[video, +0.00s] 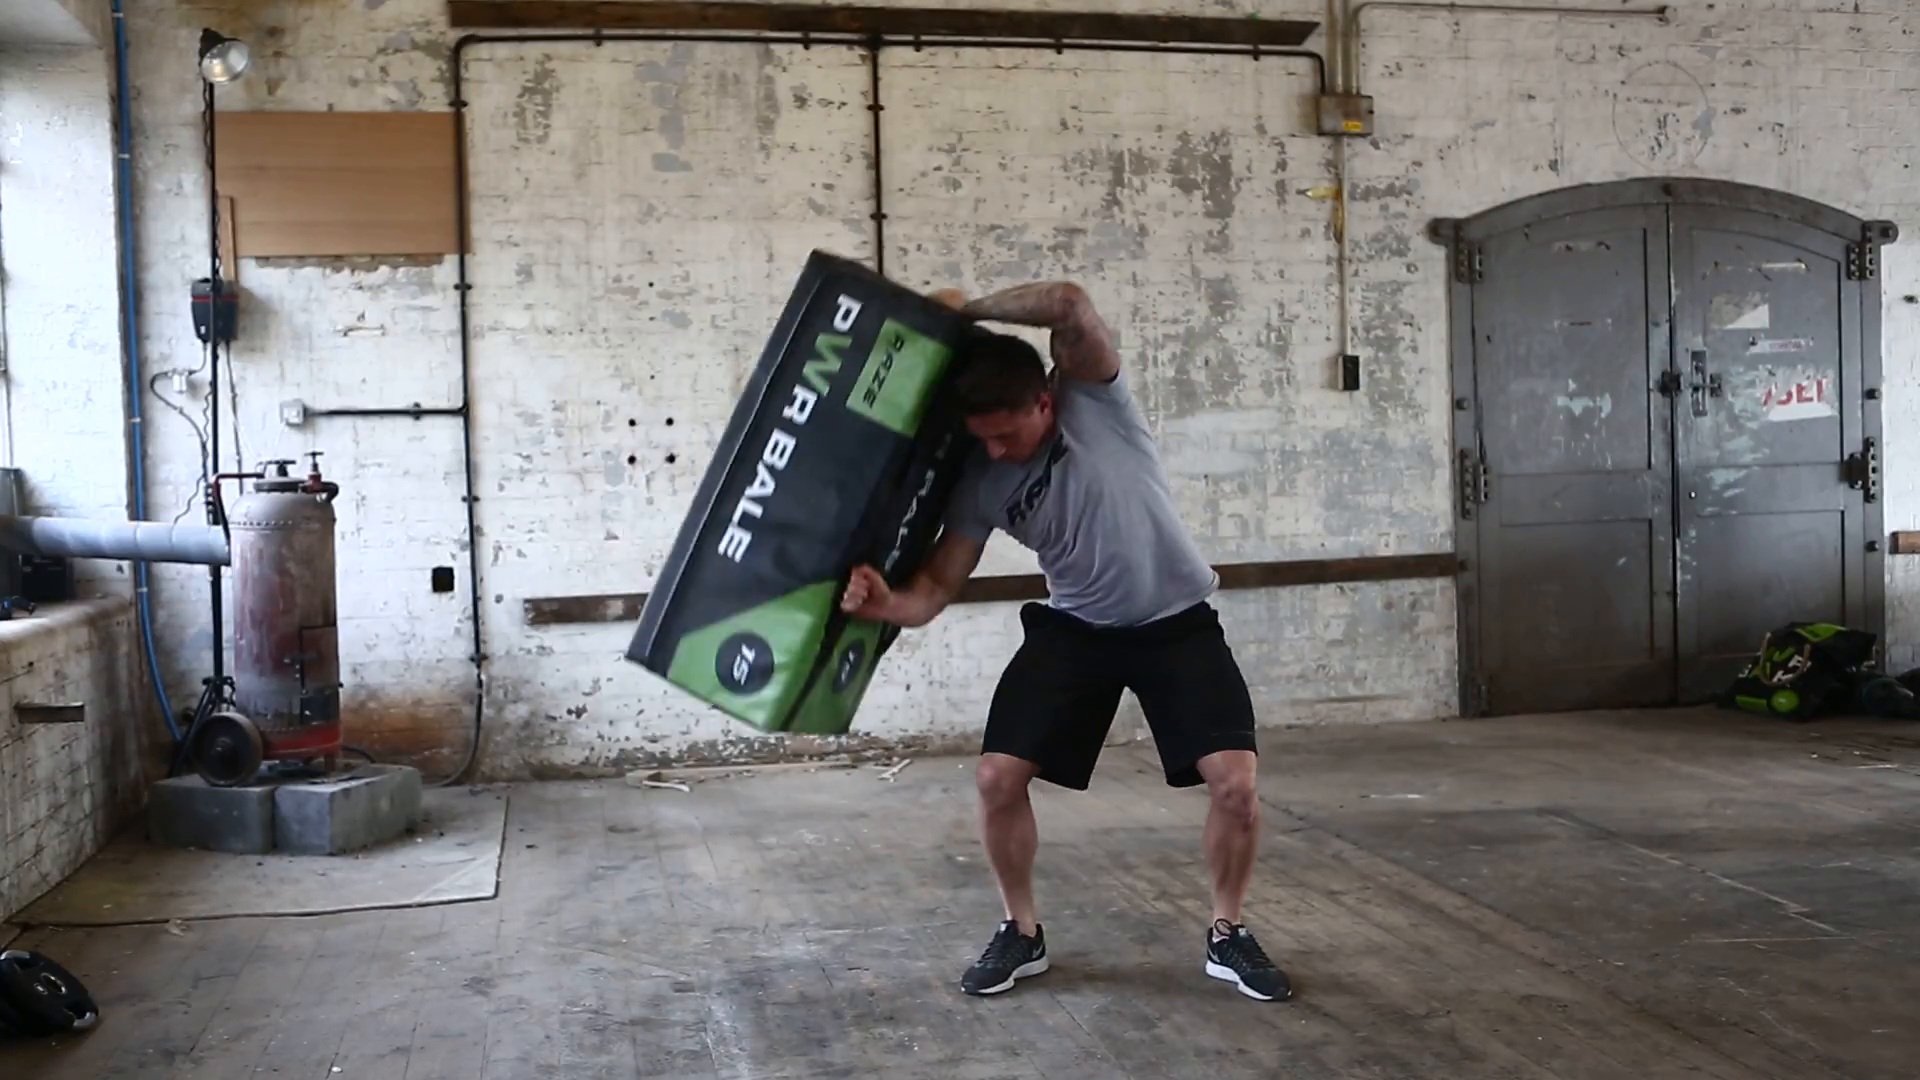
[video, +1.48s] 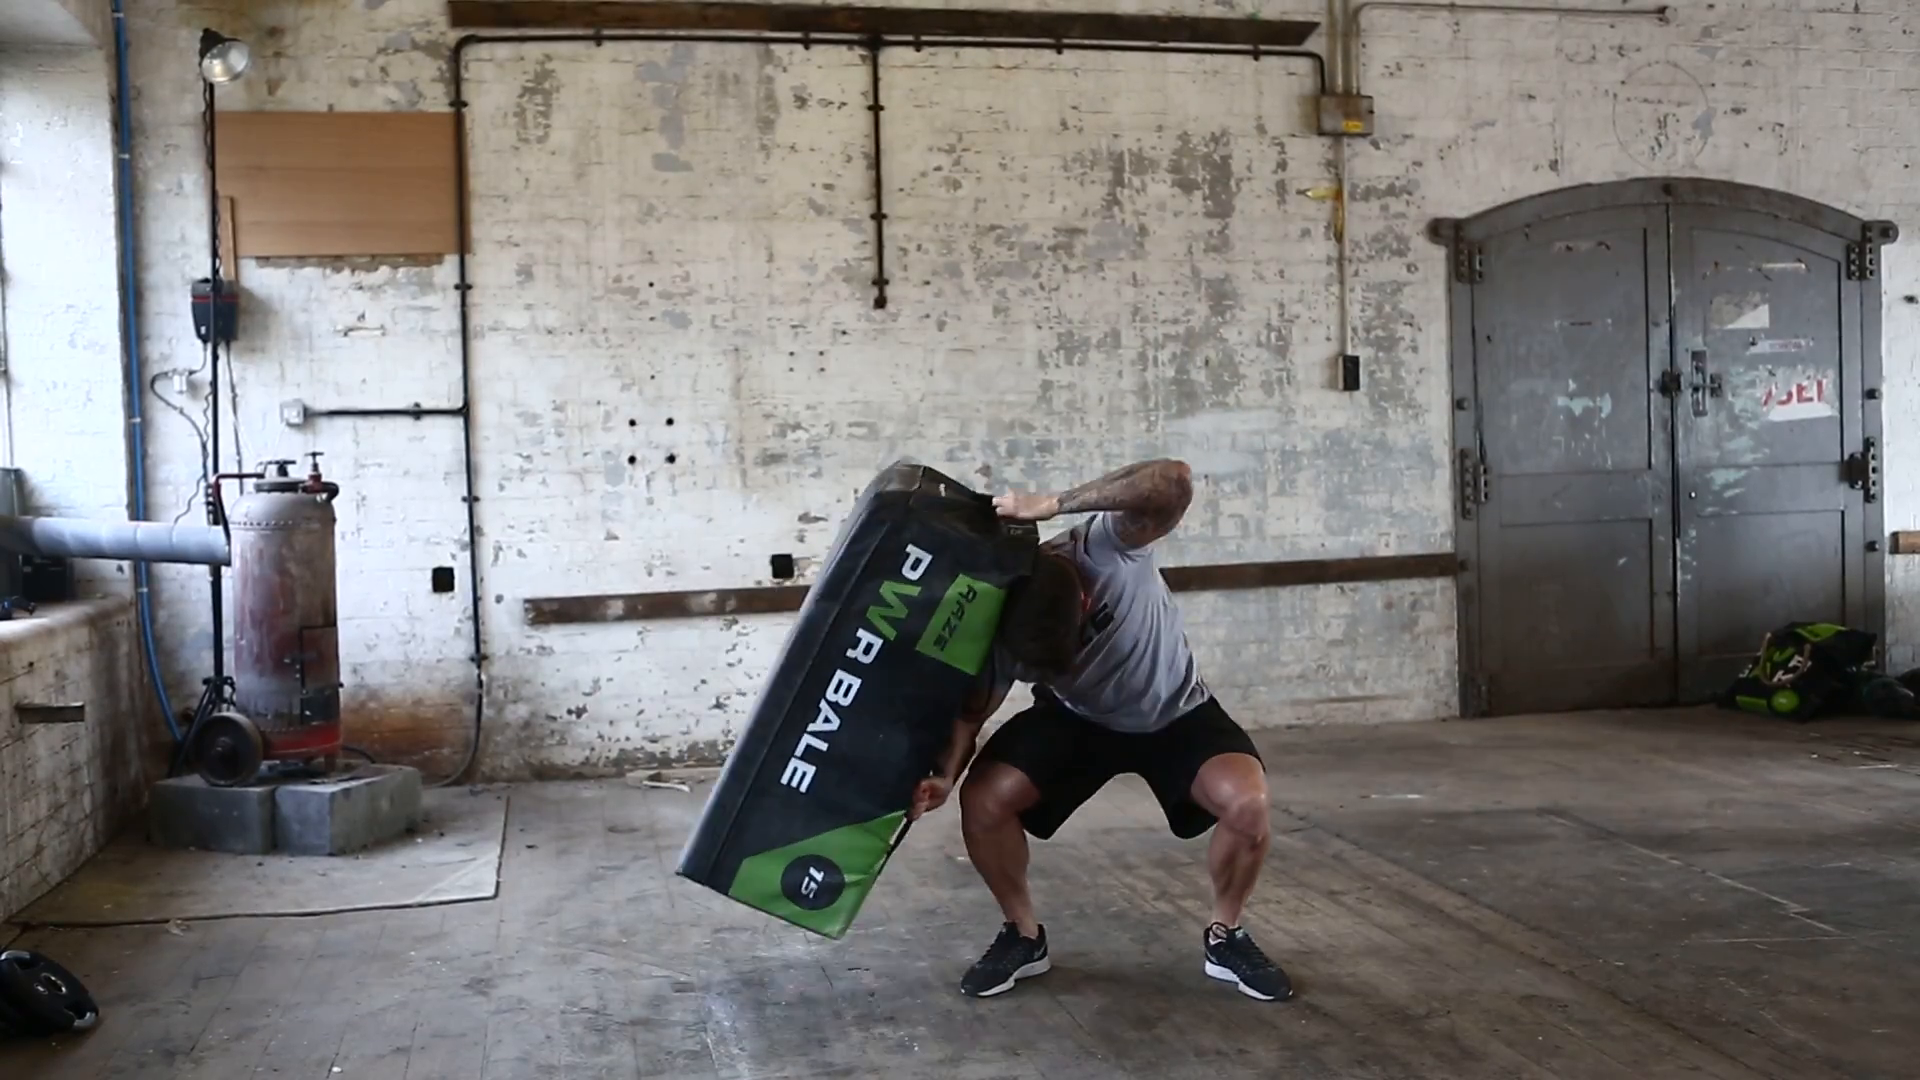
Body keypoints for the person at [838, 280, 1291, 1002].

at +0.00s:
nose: (995, 450)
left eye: (1006, 433)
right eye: (982, 439)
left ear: (1042, 400)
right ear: (966, 424)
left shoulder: (1093, 398)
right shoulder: (984, 484)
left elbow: (1069, 304)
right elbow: (930, 591)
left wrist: (974, 305)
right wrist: (884, 603)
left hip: (1176, 620)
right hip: (1074, 628)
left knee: (1237, 786)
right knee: (997, 777)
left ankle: (1228, 933)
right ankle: (1021, 931)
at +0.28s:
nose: (932, 658)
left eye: (933, 641)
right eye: (919, 650)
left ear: (963, 604)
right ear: (916, 650)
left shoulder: (1035, 570)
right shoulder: (956, 668)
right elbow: (949, 770)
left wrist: (844, 580)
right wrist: (917, 876)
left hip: (1165, 706)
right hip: (1068, 720)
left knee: (1226, 808)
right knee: (981, 797)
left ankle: (1223, 939)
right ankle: (1023, 936)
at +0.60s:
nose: (995, 696)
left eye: (1000, 681)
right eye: (978, 692)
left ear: (1014, 634)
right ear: (946, 669)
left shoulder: (1056, 567)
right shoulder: (958, 677)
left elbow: (981, 579)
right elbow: (936, 768)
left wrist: (882, 582)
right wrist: (898, 858)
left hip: (1160, 706)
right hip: (1058, 719)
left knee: (1235, 797)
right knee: (982, 804)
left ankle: (1224, 935)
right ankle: (1025, 934)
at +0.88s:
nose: (1001, 751)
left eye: (1007, 735)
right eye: (989, 747)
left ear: (1021, 691)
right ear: (949, 717)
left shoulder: (1060, 617)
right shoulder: (958, 712)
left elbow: (1018, 632)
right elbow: (938, 791)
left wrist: (937, 613)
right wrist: (912, 873)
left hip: (1154, 747)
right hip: (1058, 763)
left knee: (1220, 807)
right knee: (968, 815)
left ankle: (1218, 936)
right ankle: (1026, 935)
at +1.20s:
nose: (1028, 738)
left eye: (1032, 724)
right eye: (1013, 735)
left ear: (1052, 681)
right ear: (983, 705)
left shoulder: (1083, 617)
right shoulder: (979, 711)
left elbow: (1092, 624)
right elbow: (953, 784)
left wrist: (984, 614)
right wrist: (924, 866)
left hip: (1157, 759)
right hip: (1062, 771)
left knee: (1234, 800)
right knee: (980, 812)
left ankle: (1221, 935)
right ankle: (1026, 935)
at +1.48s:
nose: (1059, 665)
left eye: (1065, 652)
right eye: (1042, 661)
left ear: (1082, 598)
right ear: (1011, 630)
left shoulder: (1107, 547)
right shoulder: (1006, 635)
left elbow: (1173, 482)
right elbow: (971, 710)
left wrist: (1055, 501)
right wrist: (943, 776)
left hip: (1175, 711)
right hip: (1074, 717)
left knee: (1247, 802)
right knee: (984, 801)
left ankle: (1225, 934)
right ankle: (1023, 933)